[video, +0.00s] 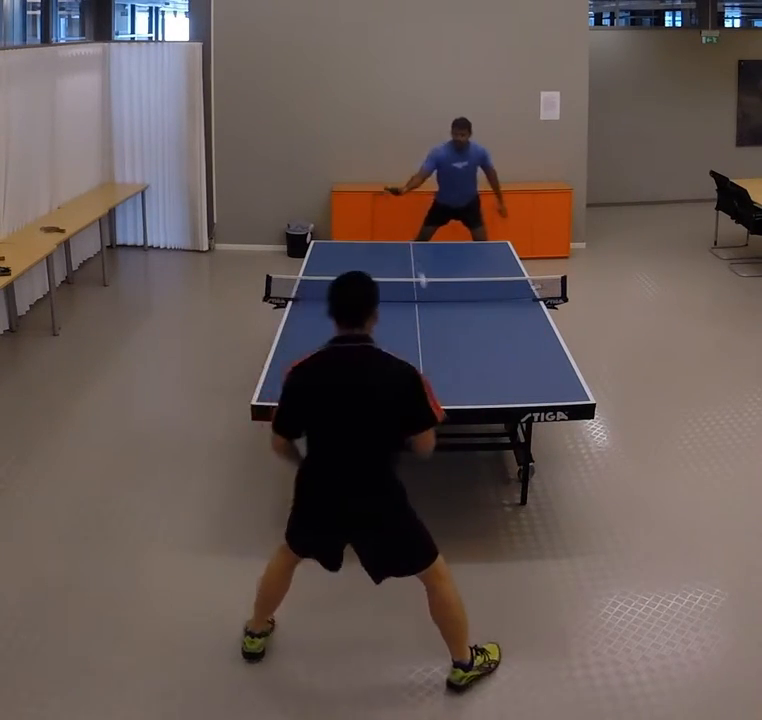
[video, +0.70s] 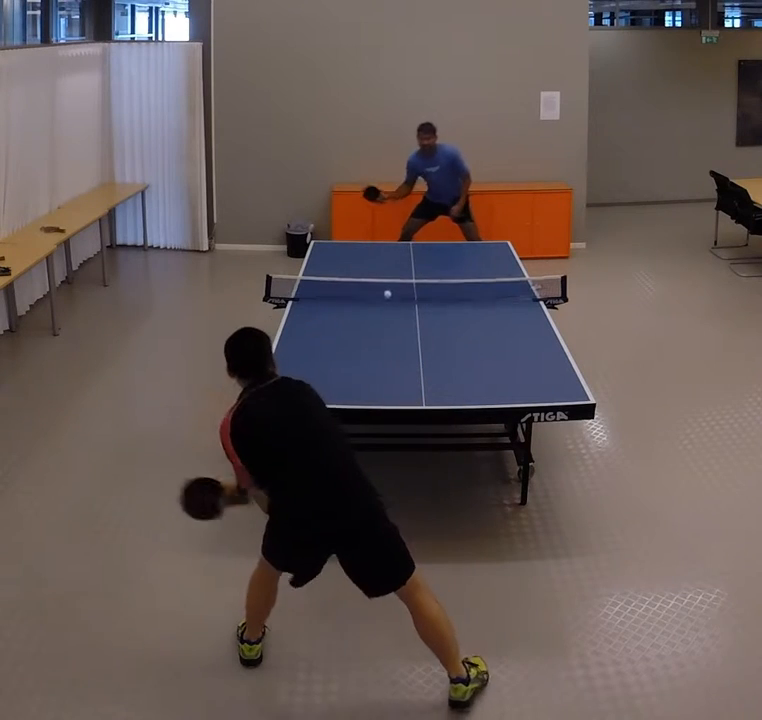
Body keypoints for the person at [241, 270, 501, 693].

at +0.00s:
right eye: (373, 307)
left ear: (331, 313)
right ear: (375, 313)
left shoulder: (304, 372)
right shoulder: (400, 374)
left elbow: (280, 443)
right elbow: (424, 444)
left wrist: (306, 460)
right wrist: (388, 426)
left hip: (318, 495)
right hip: (380, 499)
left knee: (287, 557)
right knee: (435, 575)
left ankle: (255, 634)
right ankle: (463, 662)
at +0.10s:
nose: (401, 319)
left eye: (399, 312)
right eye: (400, 313)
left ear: (354, 317)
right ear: (396, 319)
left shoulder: (321, 368)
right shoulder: (409, 390)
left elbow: (283, 423)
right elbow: (421, 464)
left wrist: (312, 442)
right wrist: (445, 449)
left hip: (320, 496)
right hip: (378, 506)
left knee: (292, 559)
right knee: (435, 577)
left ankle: (257, 638)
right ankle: (464, 663)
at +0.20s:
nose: (406, 331)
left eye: (404, 324)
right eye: (405, 324)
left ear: (360, 328)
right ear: (398, 329)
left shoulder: (329, 371)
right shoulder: (399, 396)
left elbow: (285, 415)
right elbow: (397, 482)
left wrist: (303, 453)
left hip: (318, 498)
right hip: (371, 510)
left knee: (293, 558)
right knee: (437, 575)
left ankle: (254, 637)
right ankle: (464, 664)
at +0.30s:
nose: (384, 331)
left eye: (380, 323)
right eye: (380, 324)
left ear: (339, 333)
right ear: (370, 330)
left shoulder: (316, 380)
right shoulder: (373, 391)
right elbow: (370, 469)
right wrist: (437, 510)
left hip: (309, 506)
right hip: (360, 512)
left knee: (287, 555)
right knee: (436, 574)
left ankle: (253, 637)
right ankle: (464, 664)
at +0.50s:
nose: (290, 359)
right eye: (288, 356)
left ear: (250, 379)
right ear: (288, 363)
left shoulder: (254, 429)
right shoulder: (324, 390)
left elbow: (259, 497)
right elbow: (343, 364)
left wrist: (282, 511)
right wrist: (320, 349)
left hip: (298, 525)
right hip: (357, 519)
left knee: (268, 569)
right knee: (416, 596)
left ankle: (251, 641)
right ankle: (461, 683)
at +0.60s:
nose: (236, 381)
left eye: (236, 376)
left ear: (238, 383)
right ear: (277, 366)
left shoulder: (243, 435)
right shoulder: (307, 394)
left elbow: (264, 495)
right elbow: (260, 422)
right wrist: (198, 443)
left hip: (304, 525)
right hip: (361, 513)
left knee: (270, 574)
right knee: (419, 598)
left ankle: (251, 641)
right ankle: (466, 681)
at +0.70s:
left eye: (233, 364)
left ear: (232, 371)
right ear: (272, 360)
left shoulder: (234, 425)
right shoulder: (301, 391)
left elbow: (250, 485)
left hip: (298, 513)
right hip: (355, 503)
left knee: (269, 567)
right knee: (412, 589)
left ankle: (250, 641)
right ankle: (460, 677)